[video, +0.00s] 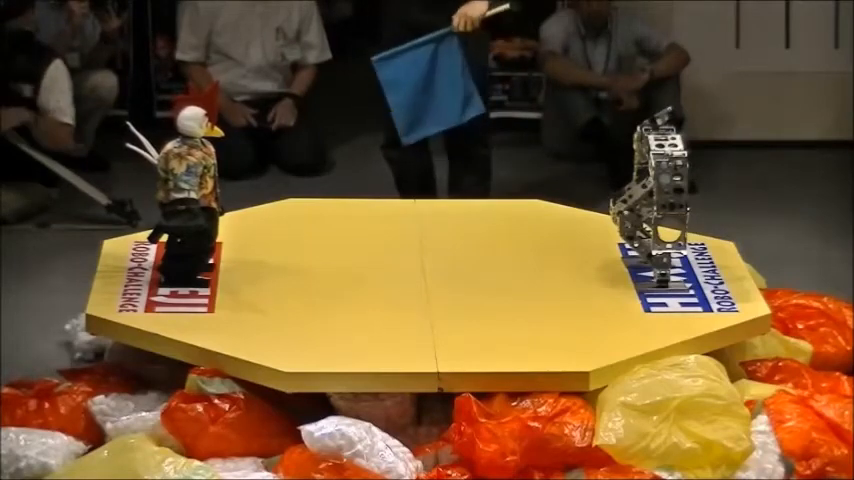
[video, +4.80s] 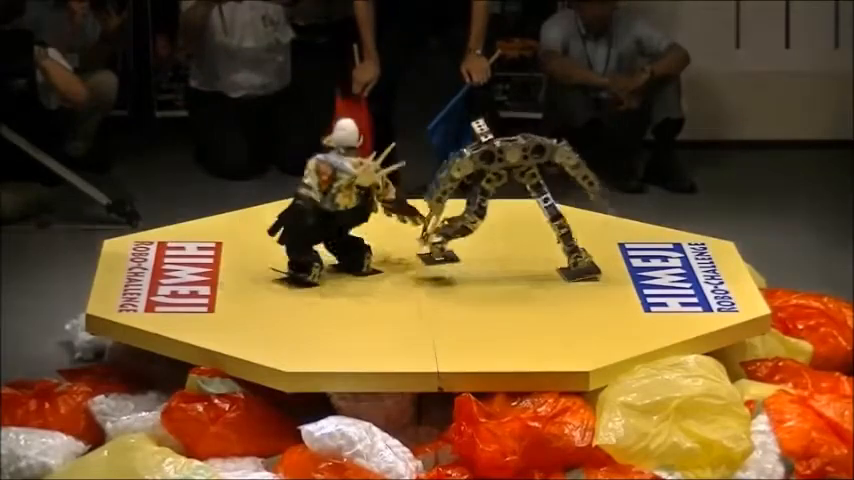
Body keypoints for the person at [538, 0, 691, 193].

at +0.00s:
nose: (594, 8)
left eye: (600, 2)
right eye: (587, 2)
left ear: (610, 4)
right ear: (575, 5)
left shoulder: (626, 25)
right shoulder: (558, 26)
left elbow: (679, 56)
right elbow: (552, 67)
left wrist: (644, 76)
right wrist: (610, 83)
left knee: (666, 78)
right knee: (563, 80)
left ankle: (670, 164)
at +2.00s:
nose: (597, 10)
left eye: (604, 5)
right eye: (590, 4)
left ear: (613, 5)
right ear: (576, 6)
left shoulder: (628, 23)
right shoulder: (558, 25)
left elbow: (679, 56)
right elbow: (551, 64)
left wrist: (644, 76)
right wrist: (609, 83)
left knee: (667, 77)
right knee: (562, 82)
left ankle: (667, 154)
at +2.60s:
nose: (596, 11)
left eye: (602, 4)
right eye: (589, 5)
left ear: (611, 5)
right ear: (576, 6)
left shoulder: (628, 23)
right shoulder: (558, 25)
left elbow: (679, 56)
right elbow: (550, 64)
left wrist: (645, 74)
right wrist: (608, 83)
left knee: (667, 81)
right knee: (562, 86)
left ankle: (672, 158)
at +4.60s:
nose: (599, 15)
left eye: (604, 8)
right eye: (593, 8)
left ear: (613, 7)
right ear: (578, 7)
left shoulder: (628, 26)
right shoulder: (558, 26)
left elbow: (679, 56)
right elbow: (551, 65)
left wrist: (643, 77)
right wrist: (608, 82)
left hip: (624, 114)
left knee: (667, 79)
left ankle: (664, 164)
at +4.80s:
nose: (598, 15)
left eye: (604, 9)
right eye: (592, 9)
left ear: (613, 7)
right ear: (578, 7)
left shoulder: (629, 25)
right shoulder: (558, 26)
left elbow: (679, 56)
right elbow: (551, 65)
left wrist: (643, 76)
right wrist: (608, 82)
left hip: (625, 116)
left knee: (667, 79)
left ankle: (664, 165)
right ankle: (611, 169)